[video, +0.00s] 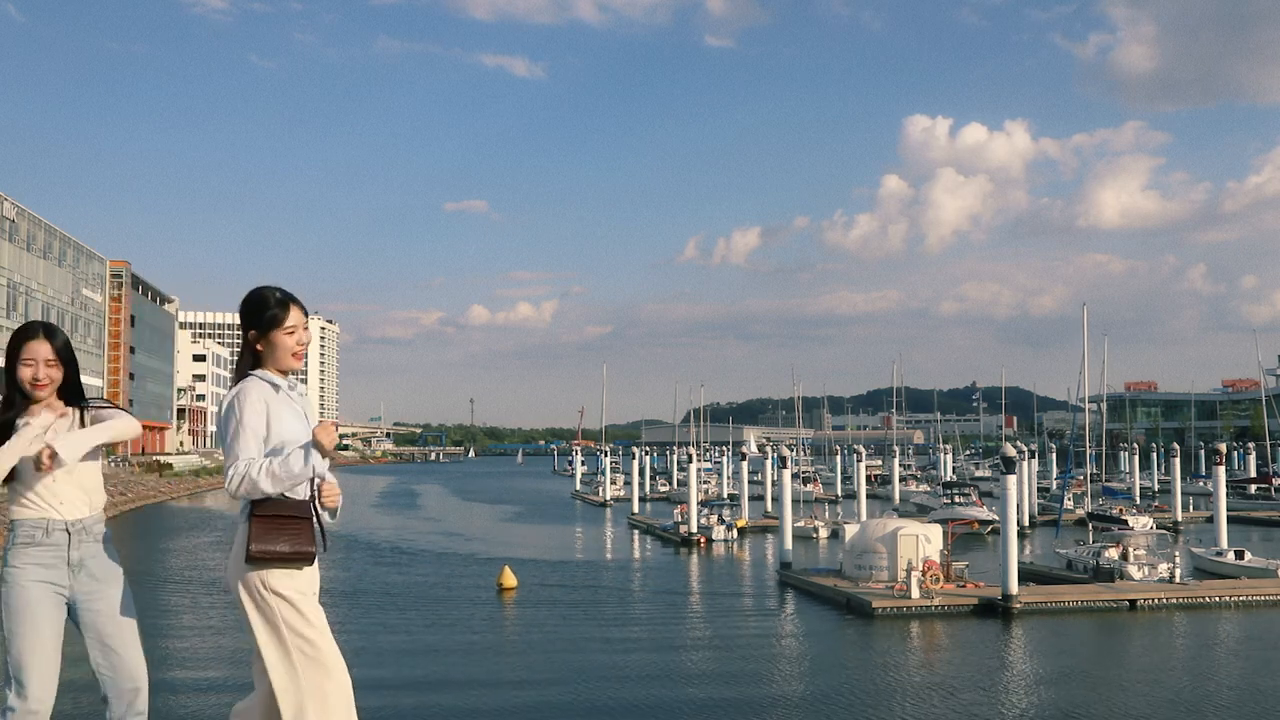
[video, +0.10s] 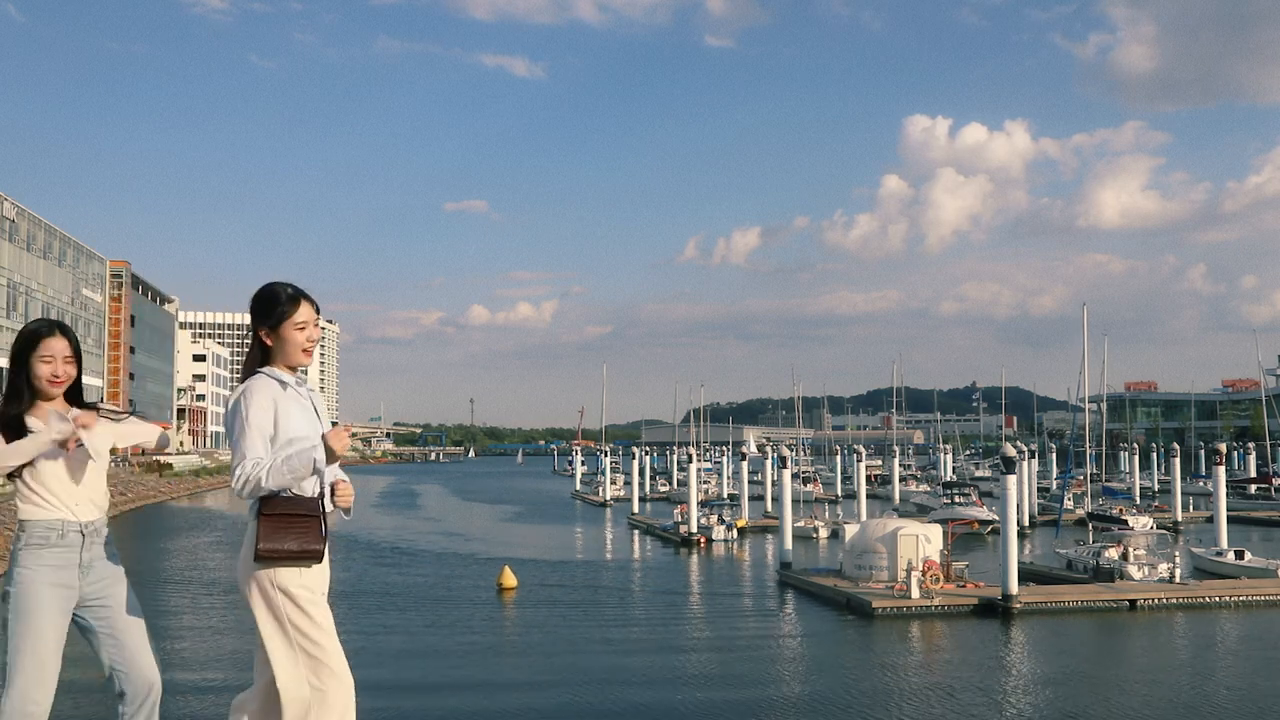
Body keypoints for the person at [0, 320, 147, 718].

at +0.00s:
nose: (40, 373)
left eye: (51, 363)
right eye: (28, 363)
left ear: (65, 367)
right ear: (13, 368)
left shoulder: (88, 413)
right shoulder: (6, 423)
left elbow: (131, 426)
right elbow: (1, 474)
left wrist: (71, 444)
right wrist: (33, 427)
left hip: (97, 558)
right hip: (32, 560)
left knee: (131, 683)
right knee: (33, 698)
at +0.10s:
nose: (59, 370)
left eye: (68, 360)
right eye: (47, 360)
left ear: (77, 366)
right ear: (25, 366)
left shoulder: (95, 425)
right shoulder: (14, 423)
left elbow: (161, 435)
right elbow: (3, 461)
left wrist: (103, 431)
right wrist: (50, 437)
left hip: (100, 560)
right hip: (42, 561)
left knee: (144, 682)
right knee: (28, 699)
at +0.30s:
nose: (107, 385)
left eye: (106, 375)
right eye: (99, 373)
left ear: (82, 381)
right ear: (67, 378)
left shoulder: (103, 440)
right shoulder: (49, 448)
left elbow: (149, 472)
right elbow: (108, 503)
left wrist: (184, 480)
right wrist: (141, 462)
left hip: (127, 568)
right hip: (89, 573)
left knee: (157, 693)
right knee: (83, 704)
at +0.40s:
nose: (126, 387)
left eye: (124, 377)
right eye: (121, 377)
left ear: (77, 386)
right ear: (100, 384)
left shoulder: (91, 444)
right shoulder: (91, 450)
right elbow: (180, 482)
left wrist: (172, 456)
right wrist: (188, 453)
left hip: (128, 578)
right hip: (110, 584)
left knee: (168, 691)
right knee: (151, 704)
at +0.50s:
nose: (144, 380)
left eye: (142, 370)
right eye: (140, 371)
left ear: (85, 372)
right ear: (129, 376)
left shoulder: (90, 432)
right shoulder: (124, 434)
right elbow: (211, 462)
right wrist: (226, 470)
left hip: (111, 574)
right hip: (130, 578)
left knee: (149, 691)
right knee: (192, 689)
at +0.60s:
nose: (162, 362)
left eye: (160, 354)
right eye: (158, 353)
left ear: (97, 359)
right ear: (146, 359)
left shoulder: (97, 416)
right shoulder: (151, 413)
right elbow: (236, 453)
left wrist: (184, 419)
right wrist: (204, 431)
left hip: (117, 548)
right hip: (153, 549)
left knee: (140, 685)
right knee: (201, 672)